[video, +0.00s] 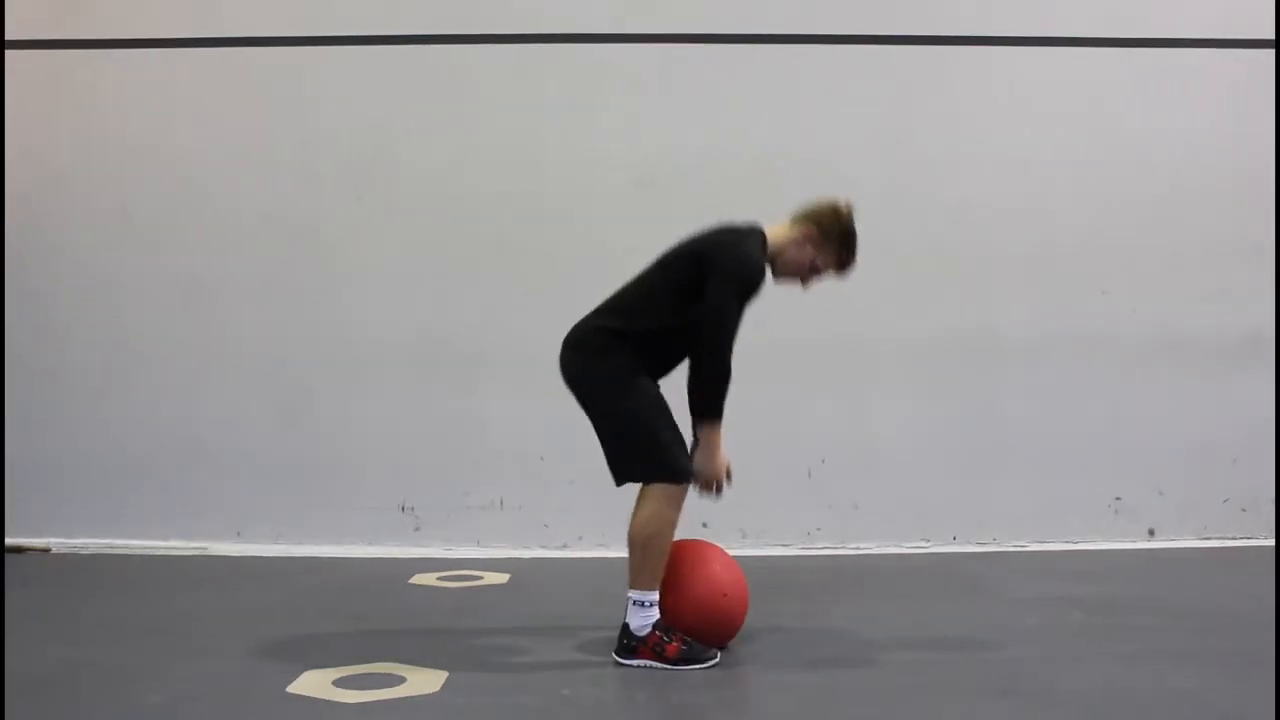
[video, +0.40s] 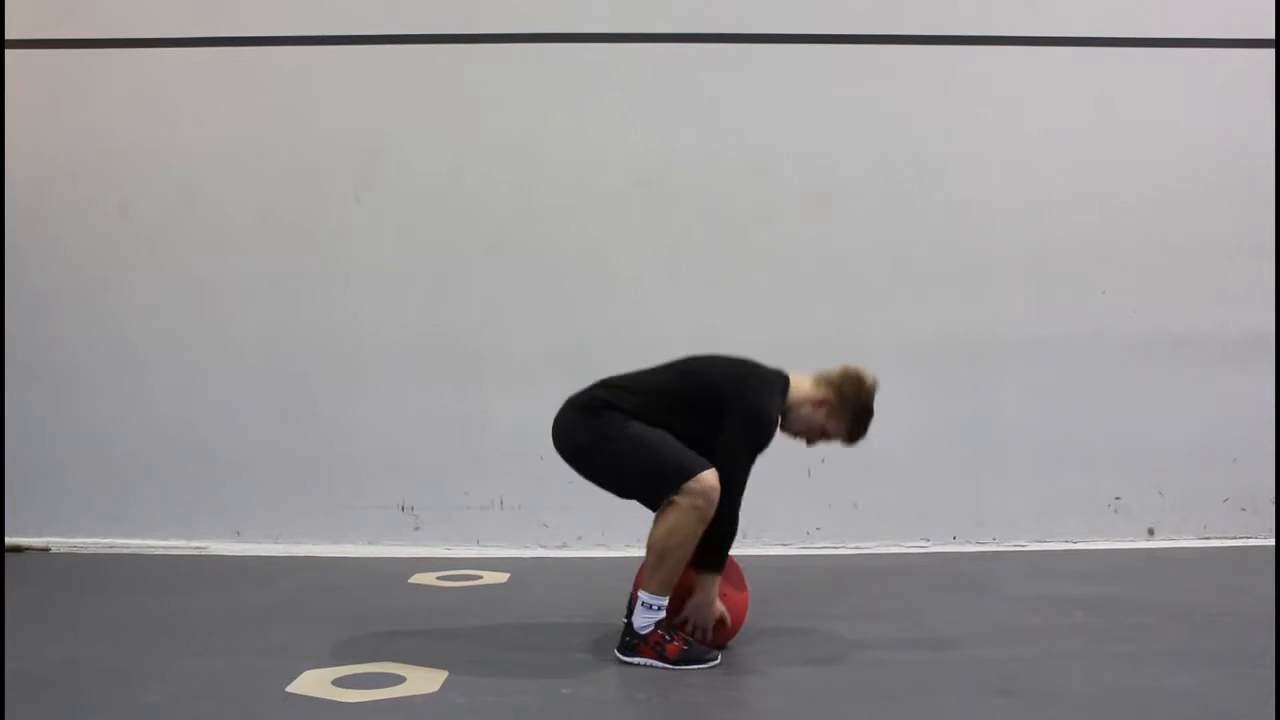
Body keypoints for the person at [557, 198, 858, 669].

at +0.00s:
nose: (807, 280)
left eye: (818, 275)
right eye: (815, 267)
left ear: (801, 237)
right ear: (804, 237)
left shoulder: (743, 255)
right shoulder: (740, 258)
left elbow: (709, 357)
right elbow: (712, 355)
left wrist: (707, 442)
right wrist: (709, 442)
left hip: (615, 358)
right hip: (603, 356)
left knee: (671, 476)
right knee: (667, 477)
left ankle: (646, 620)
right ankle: (640, 629)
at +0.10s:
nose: (813, 338)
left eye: (824, 333)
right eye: (821, 326)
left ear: (813, 293)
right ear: (812, 293)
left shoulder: (753, 303)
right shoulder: (749, 309)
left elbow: (717, 406)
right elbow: (717, 406)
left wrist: (708, 497)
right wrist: (710, 496)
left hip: (613, 377)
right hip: (596, 376)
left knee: (682, 479)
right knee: (679, 481)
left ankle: (649, 616)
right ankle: (640, 629)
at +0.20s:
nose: (813, 370)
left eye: (823, 367)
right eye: (822, 361)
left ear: (816, 327)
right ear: (817, 331)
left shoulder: (755, 335)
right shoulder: (752, 342)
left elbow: (721, 438)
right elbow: (720, 441)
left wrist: (708, 530)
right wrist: (708, 533)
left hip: (610, 392)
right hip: (594, 393)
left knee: (685, 482)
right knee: (690, 484)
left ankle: (645, 617)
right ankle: (640, 633)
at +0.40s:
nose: (811, 442)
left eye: (823, 439)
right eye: (822, 433)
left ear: (821, 397)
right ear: (820, 401)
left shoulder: (760, 395)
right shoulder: (756, 405)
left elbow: (718, 493)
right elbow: (724, 498)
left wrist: (704, 582)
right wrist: (707, 590)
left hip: (598, 421)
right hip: (592, 424)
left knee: (696, 490)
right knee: (700, 490)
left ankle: (643, 613)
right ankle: (641, 634)